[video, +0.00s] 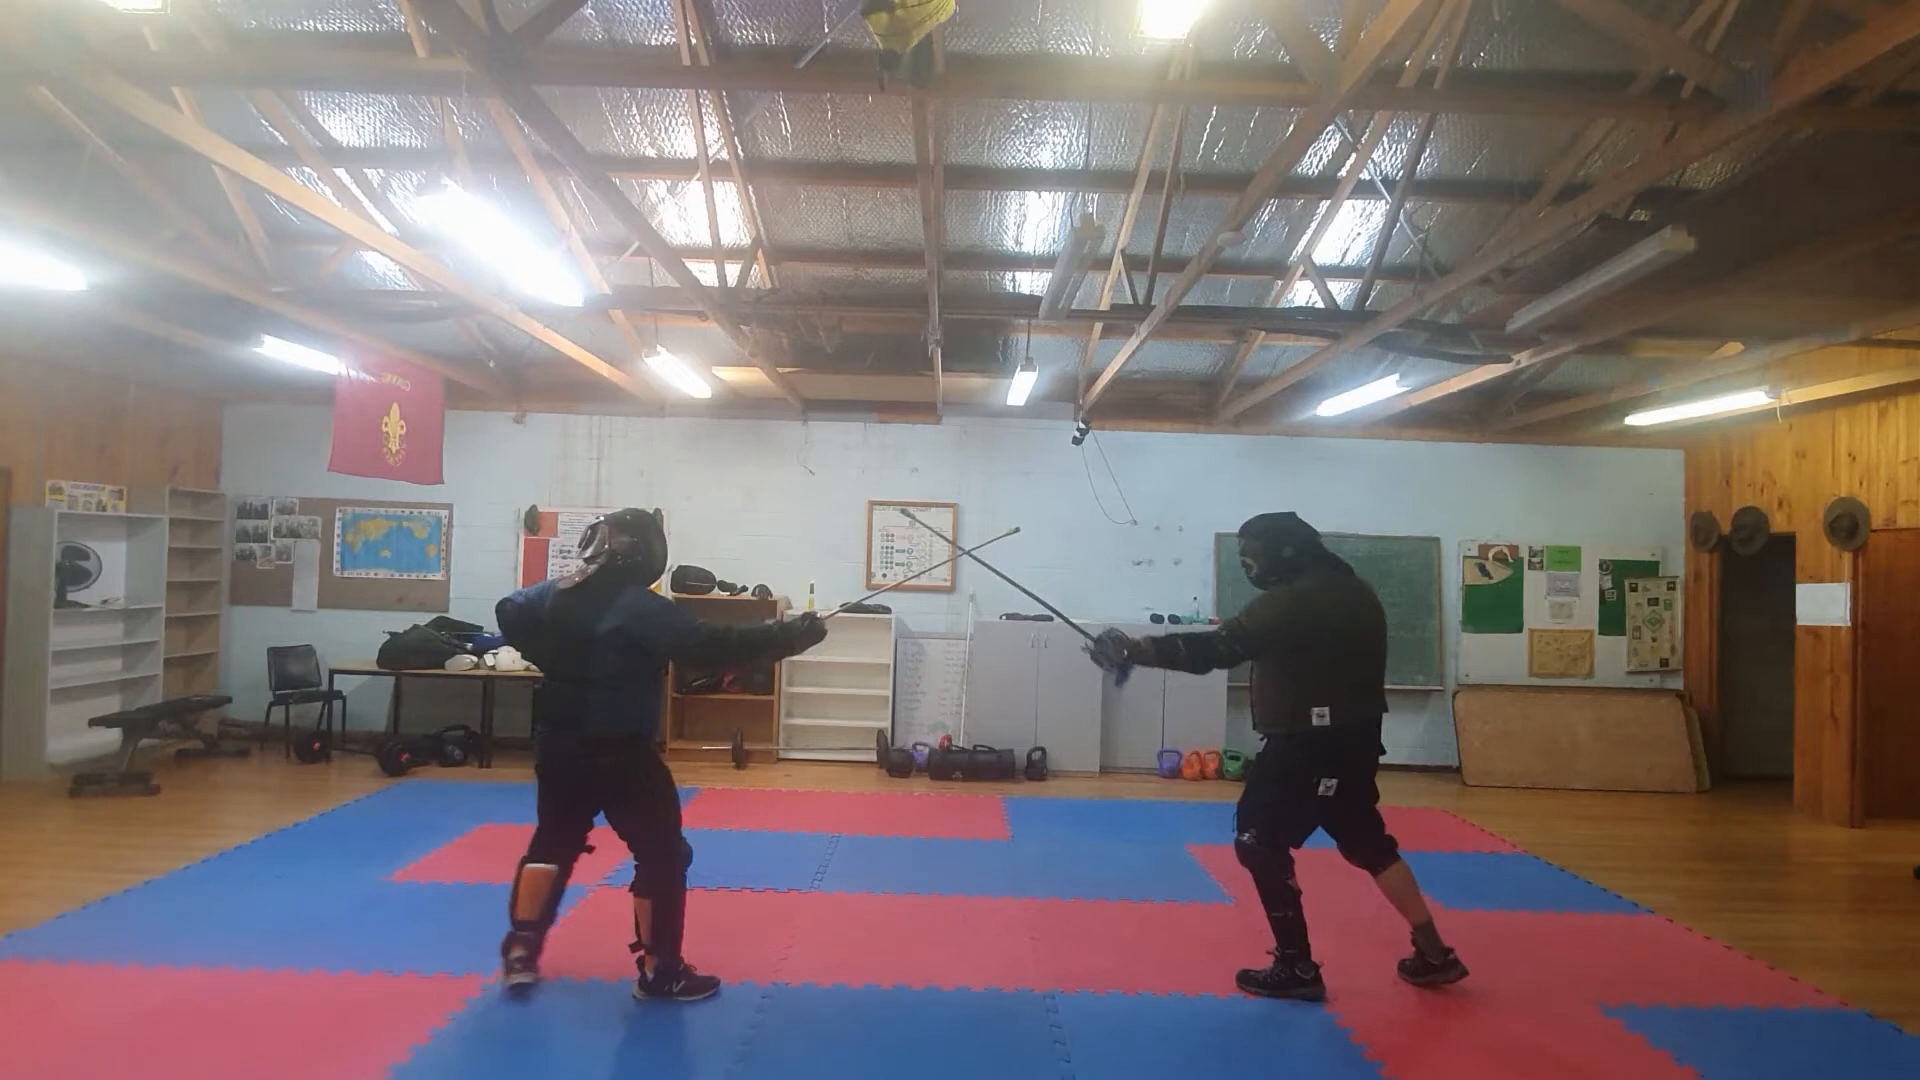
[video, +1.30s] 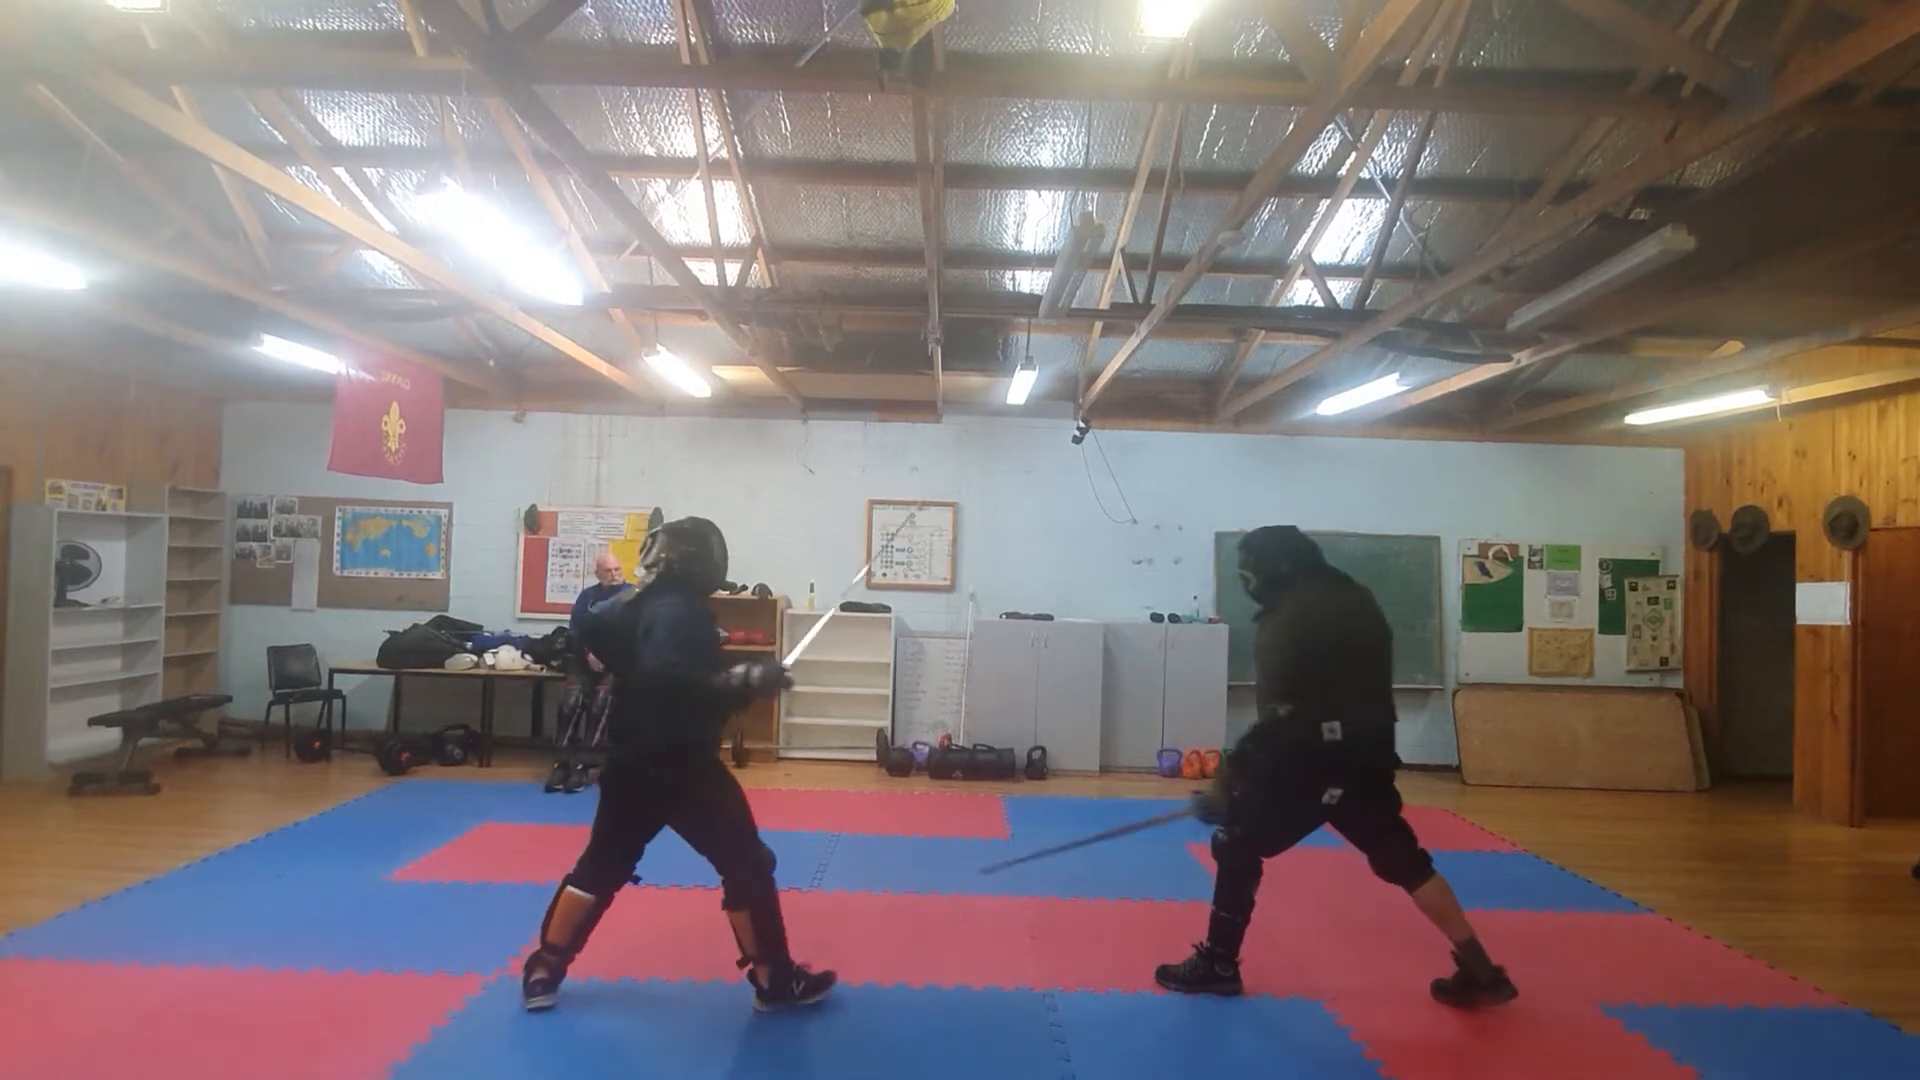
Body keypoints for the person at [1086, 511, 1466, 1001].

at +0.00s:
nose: (1248, 570)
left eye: (1252, 559)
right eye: (1245, 561)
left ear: (1282, 552)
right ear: (1300, 549)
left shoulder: (1288, 601)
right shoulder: (1354, 590)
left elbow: (1219, 647)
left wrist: (1135, 649)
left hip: (1300, 745)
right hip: (1355, 742)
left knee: (1258, 840)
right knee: (1366, 840)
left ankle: (1296, 965)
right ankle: (1434, 951)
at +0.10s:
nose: (1245, 569)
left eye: (1250, 558)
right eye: (1242, 559)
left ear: (1281, 550)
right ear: (1298, 549)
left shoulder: (1290, 599)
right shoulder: (1351, 590)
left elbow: (1217, 639)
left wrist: (1129, 640)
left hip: (1300, 745)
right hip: (1353, 741)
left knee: (1257, 840)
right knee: (1366, 840)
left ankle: (1295, 965)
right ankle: (1433, 951)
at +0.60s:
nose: (1274, 578)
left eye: (1278, 567)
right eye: (1272, 568)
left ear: (1305, 563)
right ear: (1328, 556)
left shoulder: (1309, 608)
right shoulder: (1383, 606)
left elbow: (1239, 654)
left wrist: (1155, 644)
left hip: (1306, 757)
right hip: (1367, 760)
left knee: (1234, 826)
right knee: (1396, 865)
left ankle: (1266, 951)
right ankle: (1446, 981)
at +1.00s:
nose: (1206, 588)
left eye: (1208, 576)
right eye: (1205, 577)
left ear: (1231, 569)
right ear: (1264, 558)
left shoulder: (1235, 610)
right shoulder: (1326, 589)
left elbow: (1165, 657)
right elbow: (1351, 645)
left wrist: (1086, 675)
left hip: (1290, 752)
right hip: (1354, 743)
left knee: (1230, 840)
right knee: (1390, 846)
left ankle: (1217, 960)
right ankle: (1456, 947)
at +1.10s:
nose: (1212, 586)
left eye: (1213, 575)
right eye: (1209, 576)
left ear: (1233, 566)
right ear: (1267, 556)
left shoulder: (1239, 610)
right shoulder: (1325, 589)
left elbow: (1195, 687)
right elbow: (1355, 641)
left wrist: (1120, 723)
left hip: (1292, 748)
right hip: (1354, 741)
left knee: (1228, 838)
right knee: (1391, 841)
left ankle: (1217, 960)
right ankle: (1469, 939)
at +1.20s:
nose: (1224, 585)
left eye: (1224, 574)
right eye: (1221, 574)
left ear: (1244, 569)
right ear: (1278, 558)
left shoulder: (1259, 614)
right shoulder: (1335, 590)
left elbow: (1241, 702)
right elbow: (1363, 647)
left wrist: (1178, 753)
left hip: (1291, 756)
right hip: (1354, 748)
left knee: (1229, 840)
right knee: (1398, 848)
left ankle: (1218, 960)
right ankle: (1471, 950)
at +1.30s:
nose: (1245, 583)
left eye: (1249, 572)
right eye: (1243, 573)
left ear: (1273, 567)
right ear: (1301, 559)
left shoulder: (1284, 618)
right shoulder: (1359, 600)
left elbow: (1282, 713)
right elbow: (1371, 696)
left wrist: (1232, 773)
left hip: (1304, 765)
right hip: (1365, 763)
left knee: (1237, 844)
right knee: (1407, 862)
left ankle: (1219, 960)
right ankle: (1479, 967)